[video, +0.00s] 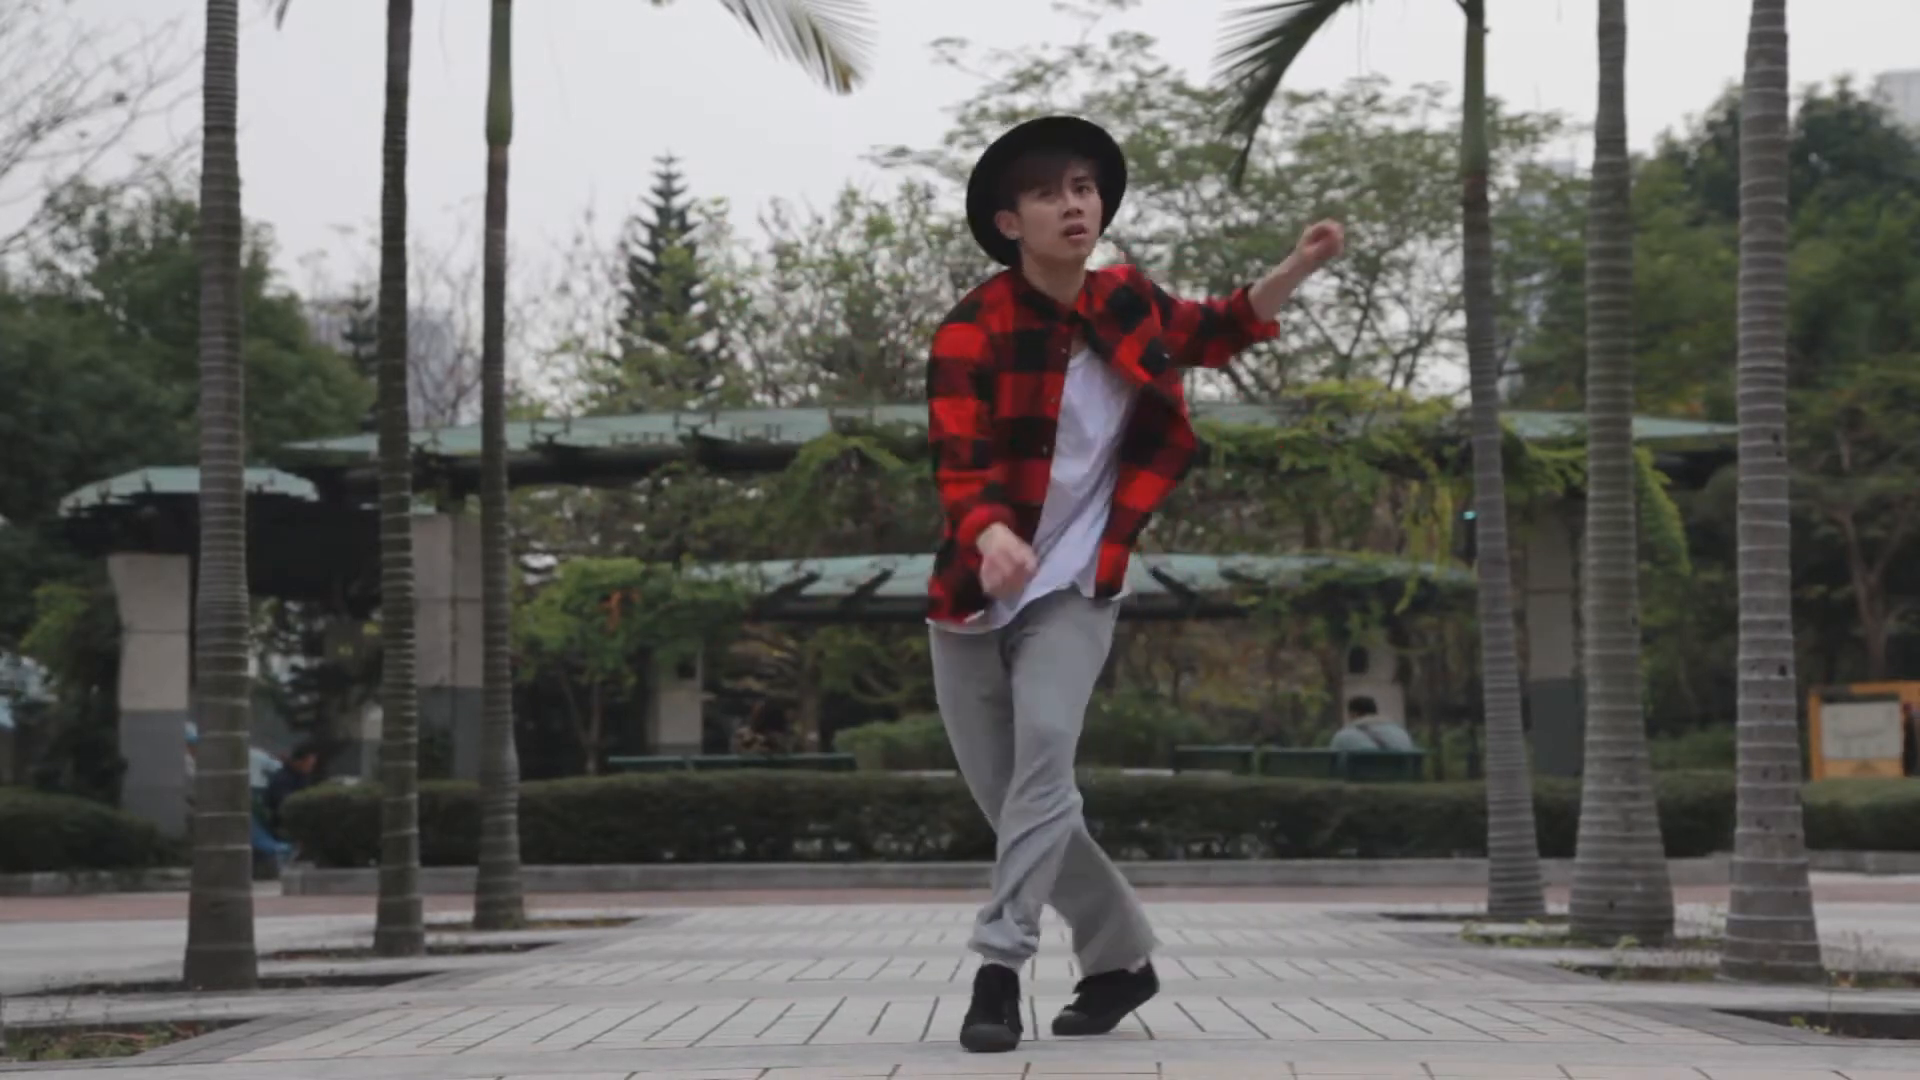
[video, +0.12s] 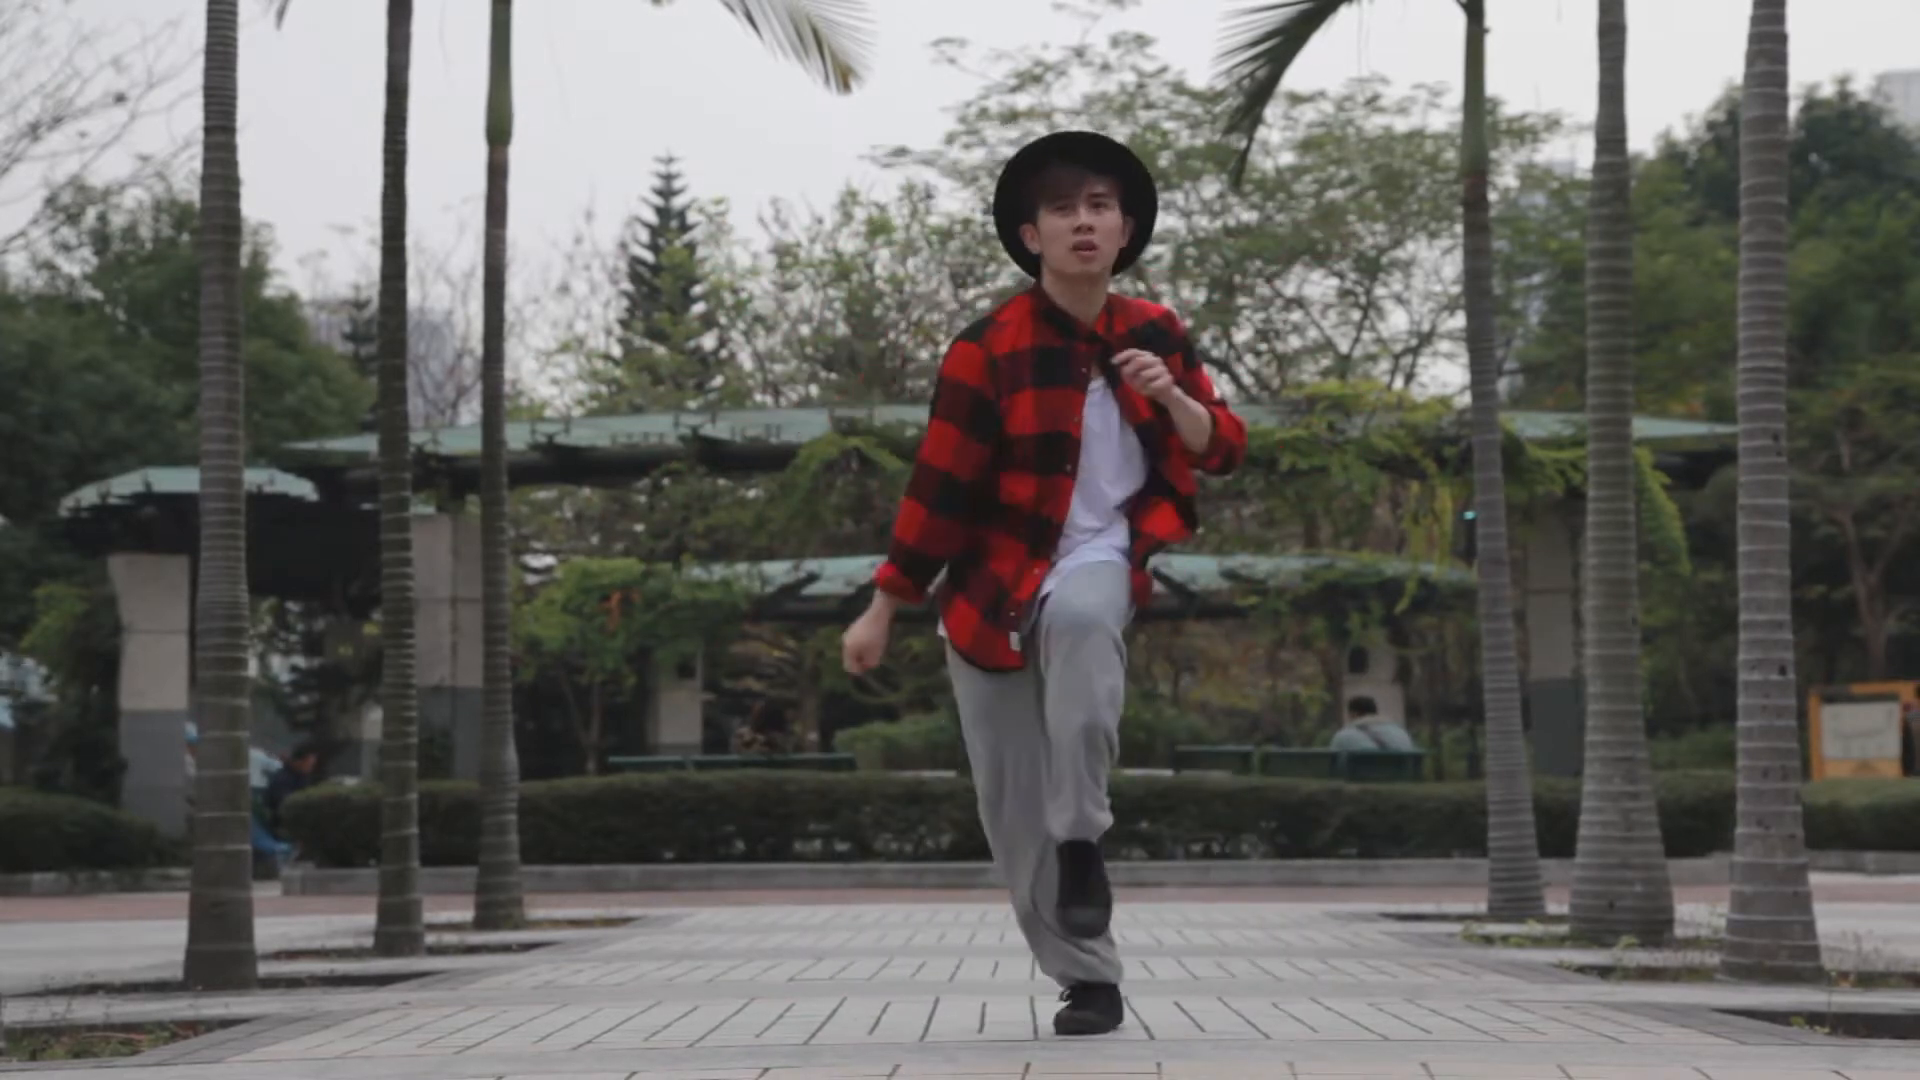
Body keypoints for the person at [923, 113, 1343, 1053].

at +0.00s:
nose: (1074, 206)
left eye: (1087, 188)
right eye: (1046, 192)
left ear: (1104, 207)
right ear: (1005, 221)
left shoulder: (1133, 305)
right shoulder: (971, 332)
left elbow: (1214, 331)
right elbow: (958, 462)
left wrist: (1289, 272)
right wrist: (985, 529)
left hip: (1073, 580)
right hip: (970, 589)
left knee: (1045, 750)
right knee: (1006, 796)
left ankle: (998, 965)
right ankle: (1119, 958)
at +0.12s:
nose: (1084, 220)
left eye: (1102, 205)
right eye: (1061, 207)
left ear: (1127, 230)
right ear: (1029, 236)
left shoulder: (1156, 336)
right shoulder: (987, 351)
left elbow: (1225, 453)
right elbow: (939, 487)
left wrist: (1177, 403)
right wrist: (885, 602)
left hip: (1104, 551)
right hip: (994, 575)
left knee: (1081, 612)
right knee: (1020, 800)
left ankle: (1080, 832)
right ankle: (1086, 976)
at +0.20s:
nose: (1072, 207)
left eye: (1096, 191)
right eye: (1054, 191)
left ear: (1130, 219)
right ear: (1030, 214)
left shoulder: (1158, 327)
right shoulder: (971, 325)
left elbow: (1187, 444)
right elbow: (904, 427)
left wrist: (1111, 362)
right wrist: (838, 497)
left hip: (1105, 540)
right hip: (1002, 564)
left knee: (1137, 576)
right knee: (1024, 786)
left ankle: (1122, 750)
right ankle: (1083, 968)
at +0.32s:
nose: (1019, 181)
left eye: (1043, 167)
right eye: (1015, 167)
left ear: (1095, 196)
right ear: (1006, 189)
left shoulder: (1140, 296)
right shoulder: (975, 290)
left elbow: (1144, 391)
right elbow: (893, 337)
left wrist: (1066, 304)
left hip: (1136, 560)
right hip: (1021, 564)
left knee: (1185, 665)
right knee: (1048, 736)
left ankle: (1096, 751)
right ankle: (1105, 952)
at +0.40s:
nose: (993, 205)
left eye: (1016, 188)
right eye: (989, 189)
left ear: (1075, 211)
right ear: (988, 210)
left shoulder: (1127, 305)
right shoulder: (977, 314)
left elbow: (1107, 373)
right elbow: (901, 306)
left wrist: (1037, 302)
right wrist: (825, 286)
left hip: (1143, 569)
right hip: (1032, 566)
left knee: (1180, 767)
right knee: (1061, 757)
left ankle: (1069, 812)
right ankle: (1139, 972)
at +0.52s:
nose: (977, 210)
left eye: (996, 193)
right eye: (974, 194)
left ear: (1054, 207)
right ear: (980, 205)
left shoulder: (1118, 310)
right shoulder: (989, 310)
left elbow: (1125, 418)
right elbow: (940, 359)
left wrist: (1014, 378)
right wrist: (865, 288)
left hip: (1136, 590)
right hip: (1031, 589)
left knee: (1124, 790)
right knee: (1054, 774)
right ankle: (1139, 955)